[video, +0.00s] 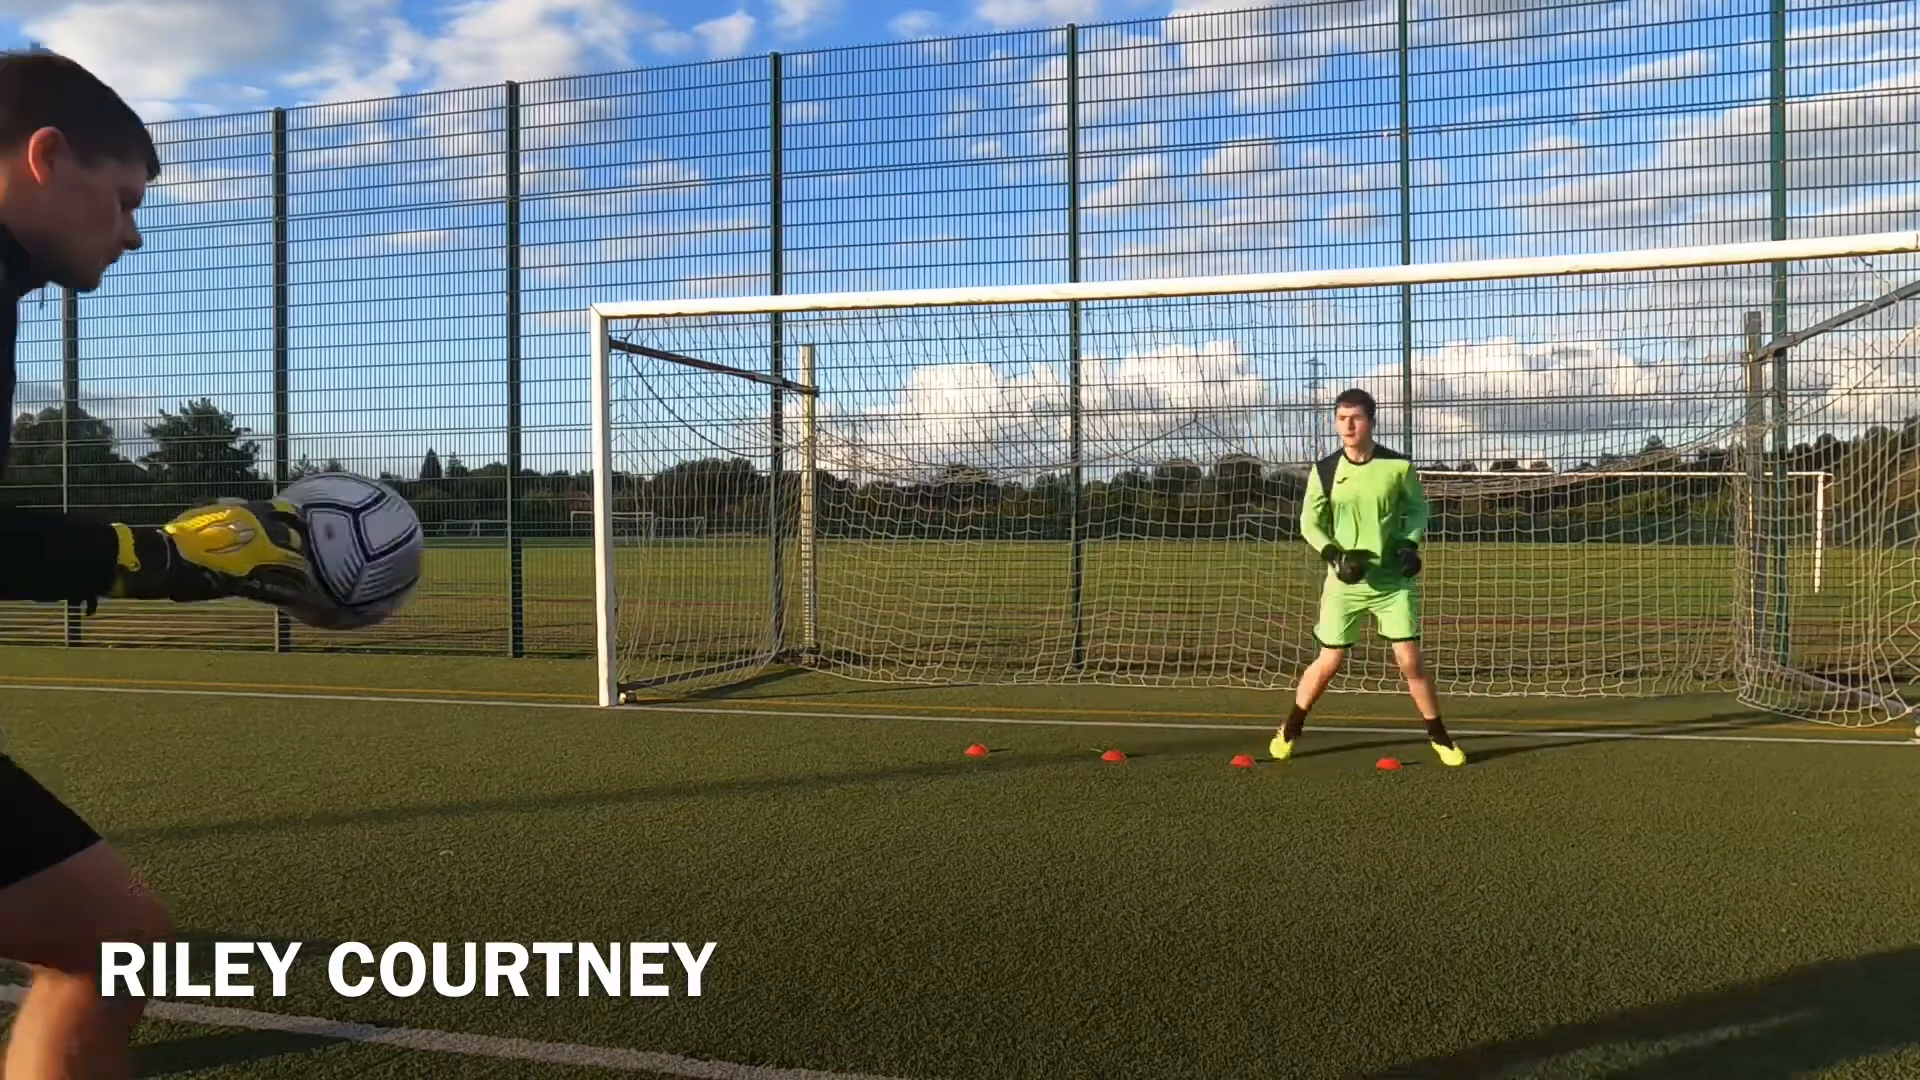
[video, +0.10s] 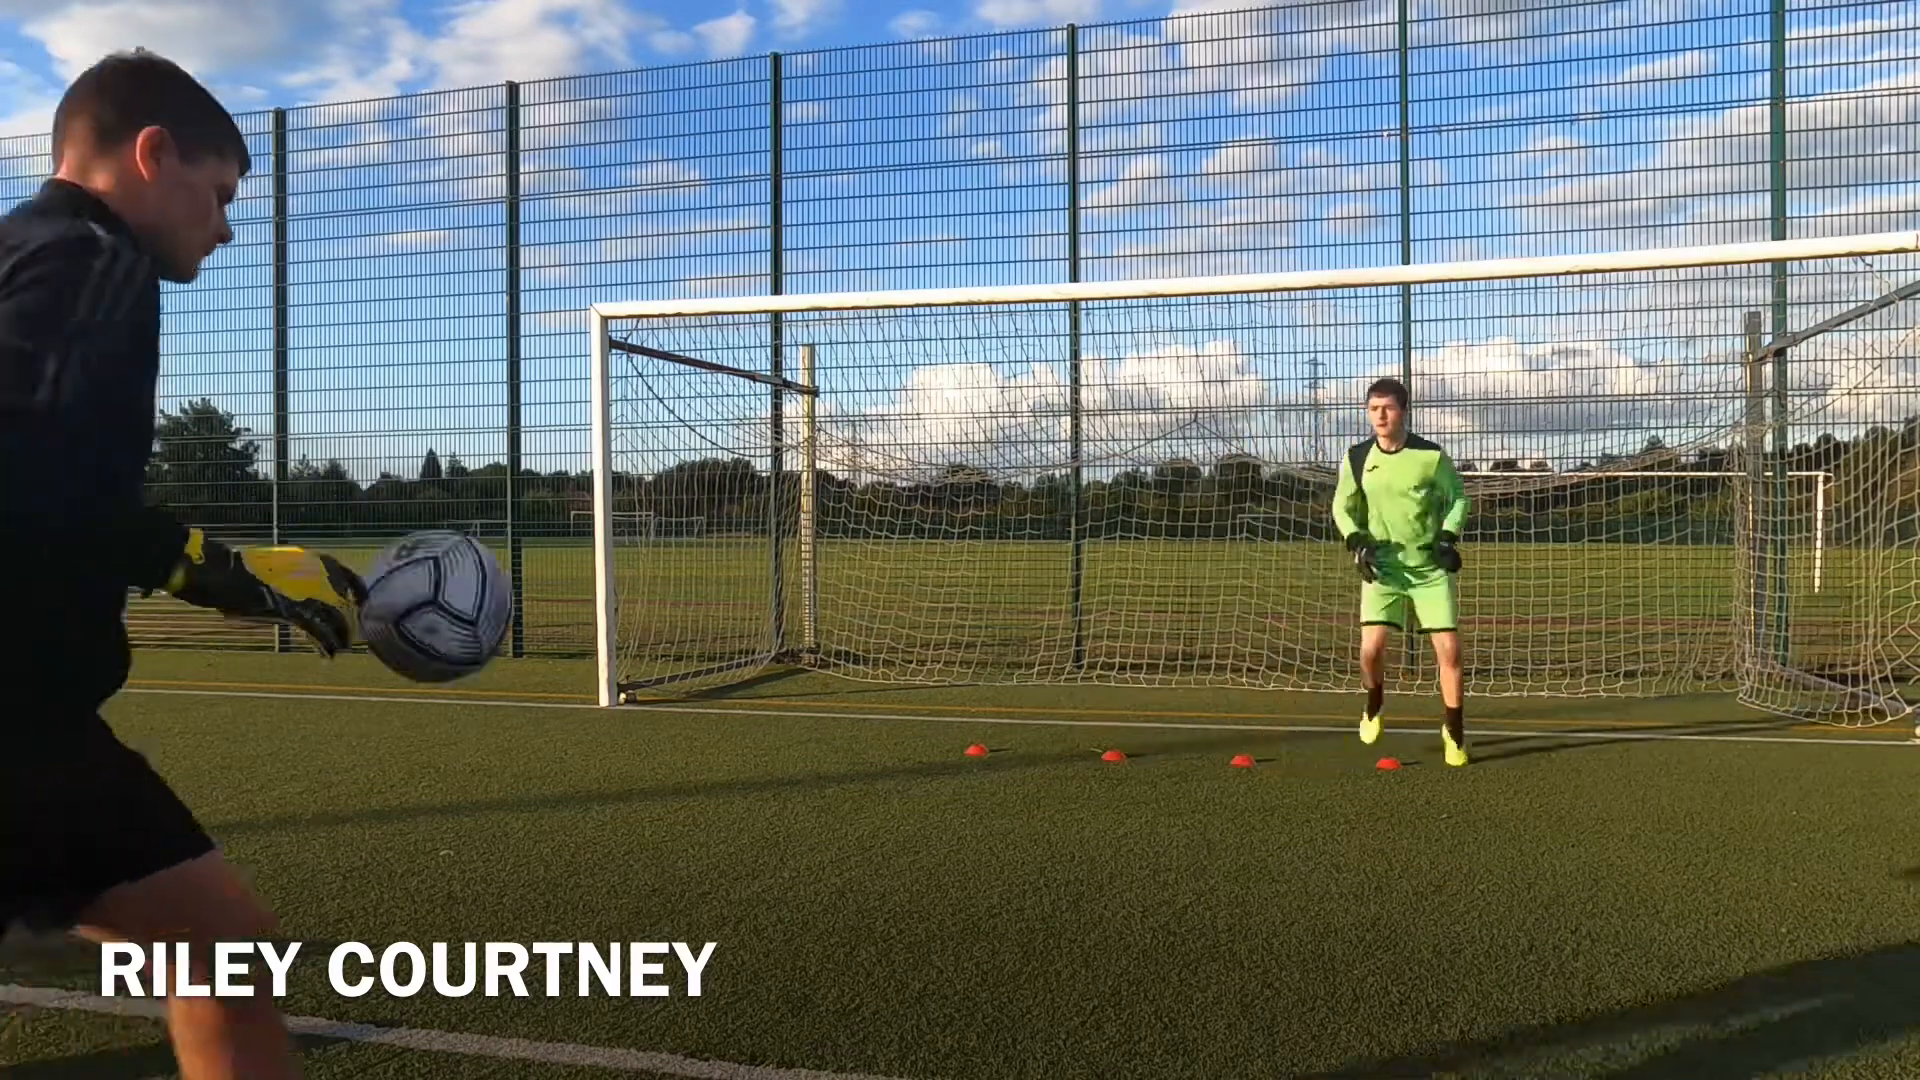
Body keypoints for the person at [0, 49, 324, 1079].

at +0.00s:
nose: (132, 237)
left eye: (137, 211)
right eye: (125, 201)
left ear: (39, 164)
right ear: (43, 159)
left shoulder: (6, 294)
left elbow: (10, 544)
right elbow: (12, 547)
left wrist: (158, 560)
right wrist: (152, 554)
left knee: (106, 938)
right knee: (110, 937)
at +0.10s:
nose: (224, 230)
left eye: (230, 207)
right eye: (220, 197)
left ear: (127, 160)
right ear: (149, 156)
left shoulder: (39, 247)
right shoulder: (96, 260)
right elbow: (64, 485)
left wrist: (229, 585)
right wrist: (212, 567)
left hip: (31, 722)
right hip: (31, 726)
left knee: (218, 963)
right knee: (223, 959)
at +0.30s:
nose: (362, 255)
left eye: (368, 231)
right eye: (361, 222)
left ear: (282, 183)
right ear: (303, 180)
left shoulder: (203, 266)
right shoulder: (221, 268)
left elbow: (55, 459)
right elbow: (81, 451)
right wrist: (122, 676)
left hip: (273, 684)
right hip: (242, 699)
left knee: (402, 926)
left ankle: (354, 1062)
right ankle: (339, 1061)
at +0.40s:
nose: (406, 245)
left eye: (413, 222)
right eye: (406, 211)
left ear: (311, 172)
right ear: (349, 171)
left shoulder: (236, 248)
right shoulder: (274, 243)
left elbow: (105, 408)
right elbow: (89, 395)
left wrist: (109, 619)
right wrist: (103, 596)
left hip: (215, 672)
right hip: (311, 651)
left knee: (377, 925)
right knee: (572, 730)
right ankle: (701, 926)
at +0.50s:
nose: (432, 219)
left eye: (434, 196)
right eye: (426, 189)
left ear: (339, 164)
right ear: (368, 162)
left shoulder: (272, 242)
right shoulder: (308, 235)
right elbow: (129, 369)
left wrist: (154, 579)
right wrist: (148, 556)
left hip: (252, 661)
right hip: (336, 643)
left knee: (406, 923)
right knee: (598, 613)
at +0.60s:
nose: (436, 197)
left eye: (437, 172)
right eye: (430, 168)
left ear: (324, 154)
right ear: (371, 146)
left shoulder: (233, 258)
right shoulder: (331, 238)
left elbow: (339, 463)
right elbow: (200, 421)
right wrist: (231, 613)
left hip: (311, 663)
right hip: (394, 632)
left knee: (422, 916)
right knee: (601, 516)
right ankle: (700, 725)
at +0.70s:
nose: (438, 153)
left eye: (438, 129)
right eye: (427, 125)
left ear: (302, 126)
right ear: (367, 116)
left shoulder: (228, 249)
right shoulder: (349, 231)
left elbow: (227, 460)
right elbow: (282, 446)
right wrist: (344, 655)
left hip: (290, 649)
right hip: (387, 631)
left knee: (410, 929)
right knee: (620, 552)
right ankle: (636, 826)